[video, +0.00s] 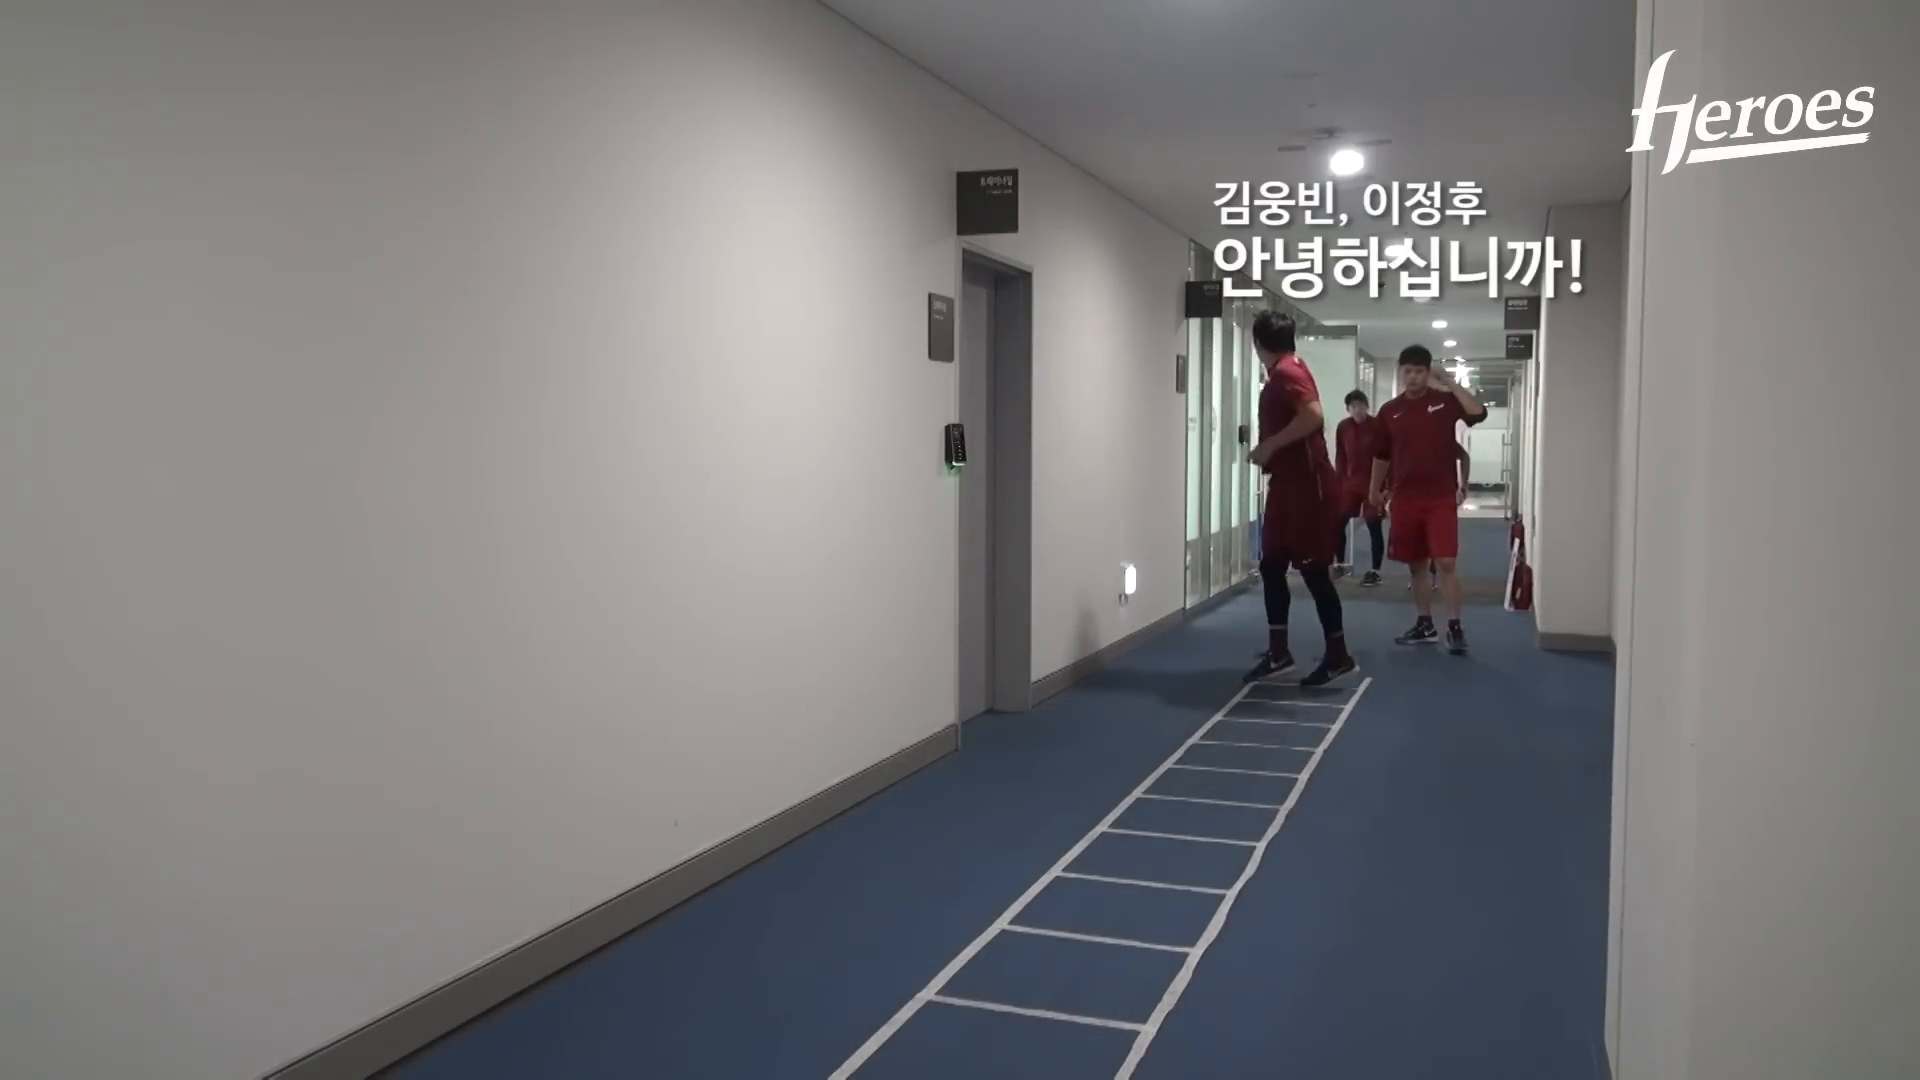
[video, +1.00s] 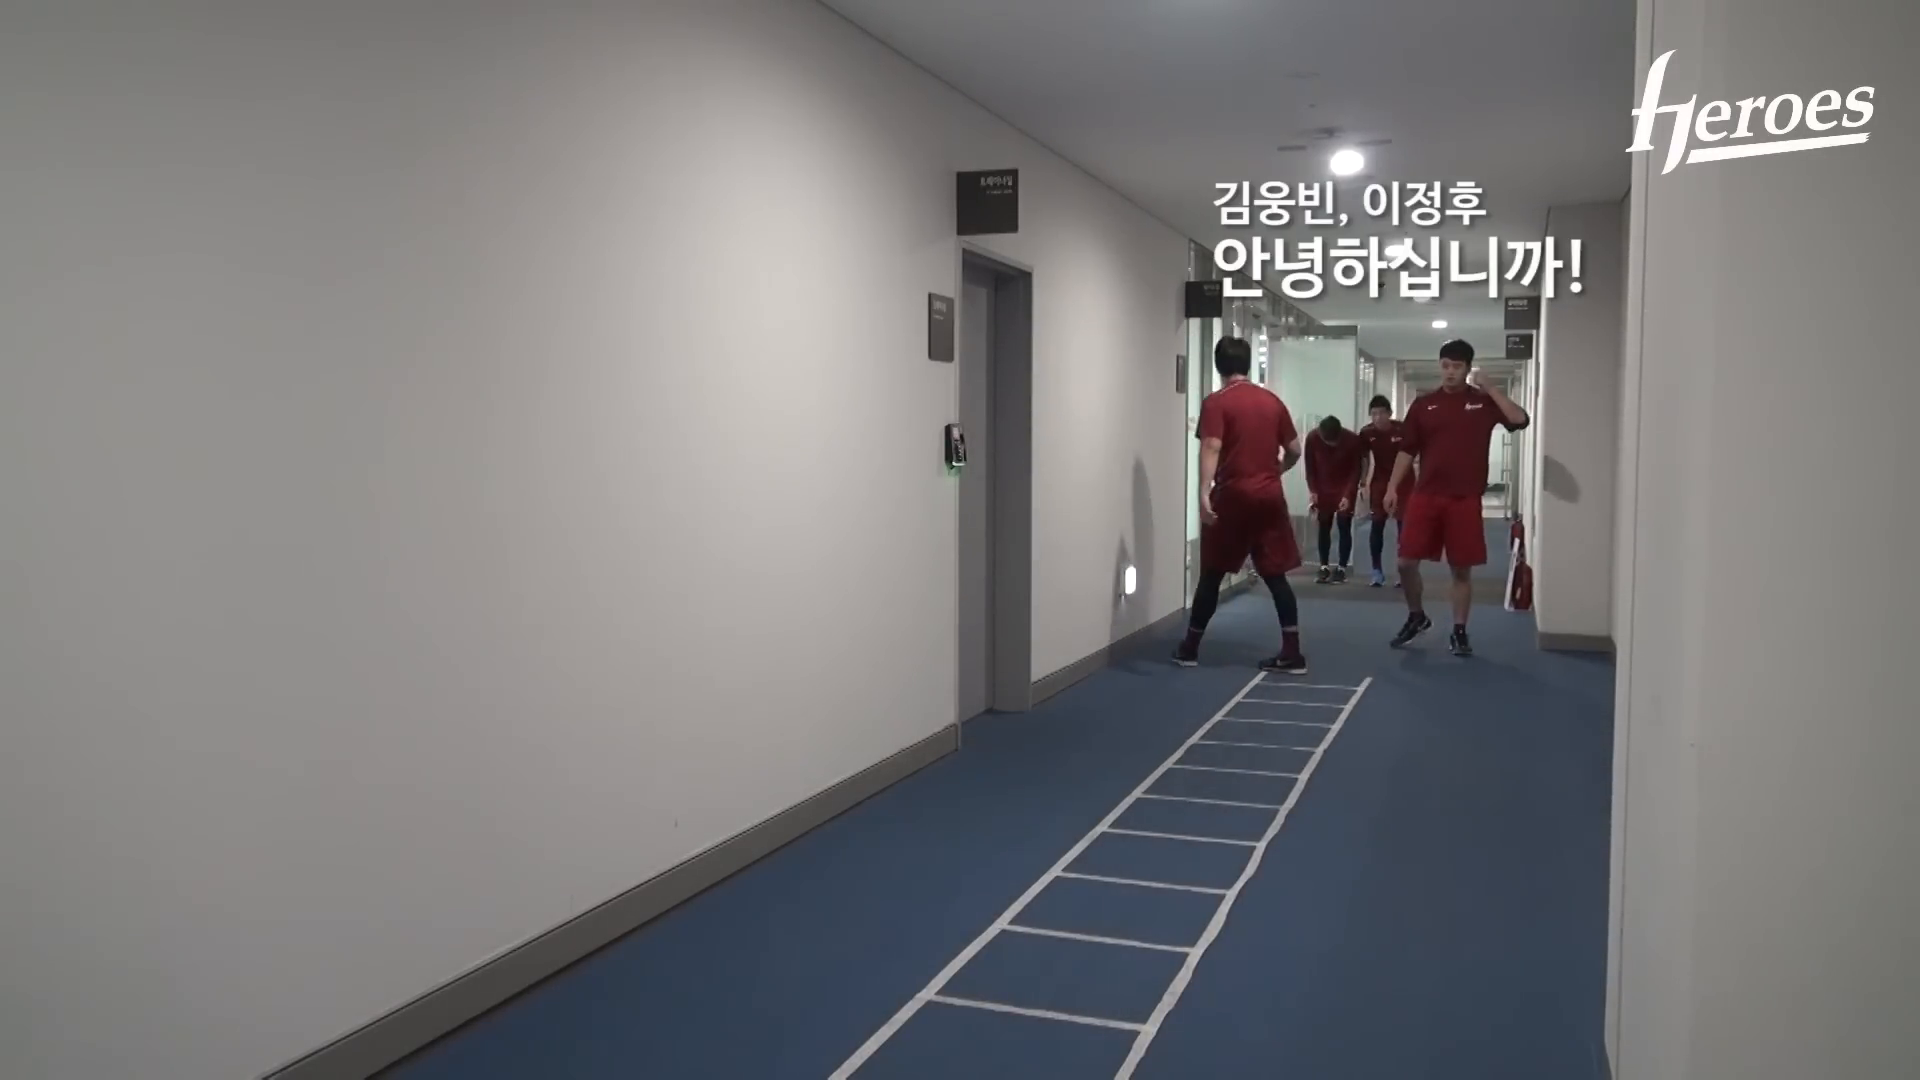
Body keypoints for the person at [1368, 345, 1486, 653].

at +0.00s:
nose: (1413, 377)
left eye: (1419, 371)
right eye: (1408, 371)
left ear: (1429, 373)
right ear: (1399, 373)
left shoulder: (1446, 401)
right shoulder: (1389, 411)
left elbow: (1477, 414)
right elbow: (1382, 454)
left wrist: (1449, 382)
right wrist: (1374, 490)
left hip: (1441, 497)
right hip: (1406, 499)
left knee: (1445, 563)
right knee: (1417, 565)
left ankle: (1455, 627)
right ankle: (1424, 623)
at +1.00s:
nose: (1450, 371)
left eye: (1456, 366)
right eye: (1445, 365)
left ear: (1468, 369)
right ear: (1439, 367)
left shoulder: (1485, 402)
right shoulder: (1423, 404)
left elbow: (1520, 420)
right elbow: (1407, 450)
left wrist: (1489, 387)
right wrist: (1392, 486)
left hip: (1465, 499)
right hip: (1425, 496)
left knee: (1461, 570)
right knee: (1406, 561)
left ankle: (1460, 631)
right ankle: (1416, 617)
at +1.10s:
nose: (1446, 371)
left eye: (1453, 366)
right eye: (1442, 365)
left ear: (1465, 368)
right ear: (1436, 367)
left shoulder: (1483, 402)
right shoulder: (1422, 405)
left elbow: (1517, 432)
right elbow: (1406, 451)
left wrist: (1495, 417)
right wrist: (1392, 489)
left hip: (1462, 501)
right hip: (1423, 498)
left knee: (1460, 570)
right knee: (1403, 562)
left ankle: (1459, 631)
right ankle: (1405, 624)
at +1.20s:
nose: (1442, 372)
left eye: (1448, 366)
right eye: (1437, 366)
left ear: (1460, 369)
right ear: (1431, 368)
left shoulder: (1477, 403)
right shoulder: (1417, 406)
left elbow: (1507, 438)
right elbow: (1405, 452)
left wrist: (1502, 454)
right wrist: (1393, 488)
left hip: (1459, 502)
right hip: (1419, 499)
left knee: (1458, 571)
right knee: (1403, 565)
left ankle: (1459, 633)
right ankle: (1391, 629)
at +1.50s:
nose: (1415, 372)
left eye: (1422, 367)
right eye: (1410, 367)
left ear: (1435, 369)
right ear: (1405, 370)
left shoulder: (1455, 405)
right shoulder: (1393, 407)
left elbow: (1467, 451)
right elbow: (1380, 453)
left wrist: (1470, 489)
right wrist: (1366, 488)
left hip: (1437, 502)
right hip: (1396, 501)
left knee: (1445, 572)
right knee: (1389, 570)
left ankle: (1457, 631)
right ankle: (1382, 634)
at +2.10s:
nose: (1376, 375)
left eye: (1382, 369)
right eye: (1371, 370)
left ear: (1394, 370)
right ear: (1364, 373)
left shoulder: (1418, 402)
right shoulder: (1355, 409)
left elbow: (1442, 440)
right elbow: (1339, 448)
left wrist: (1449, 474)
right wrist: (1327, 479)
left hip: (1405, 498)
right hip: (1368, 499)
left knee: (1400, 566)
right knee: (1374, 570)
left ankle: (1410, 635)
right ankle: (1379, 635)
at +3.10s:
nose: (1384, 376)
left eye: (1390, 370)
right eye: (1382, 370)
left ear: (1410, 368)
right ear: (1382, 370)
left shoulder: (1428, 405)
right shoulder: (1382, 400)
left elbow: (1427, 459)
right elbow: (1373, 444)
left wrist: (1409, 501)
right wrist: (1347, 470)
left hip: (1408, 497)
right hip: (1378, 495)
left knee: (1403, 573)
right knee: (1361, 569)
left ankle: (1405, 643)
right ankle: (1382, 631)